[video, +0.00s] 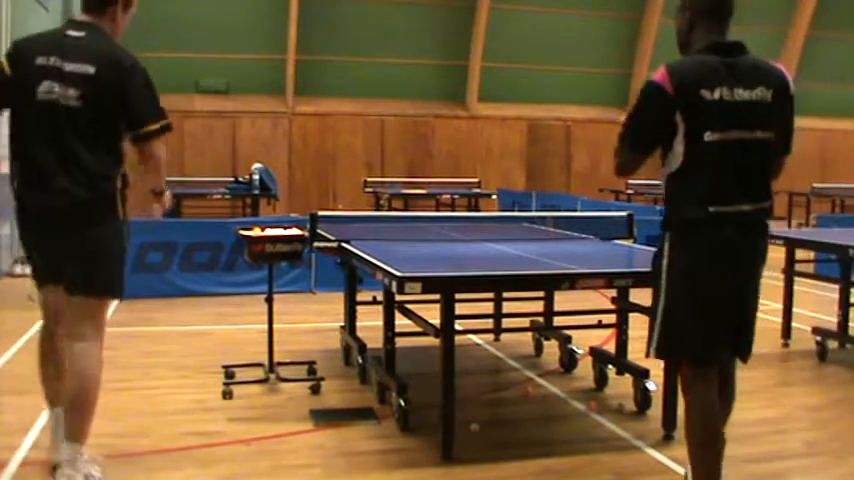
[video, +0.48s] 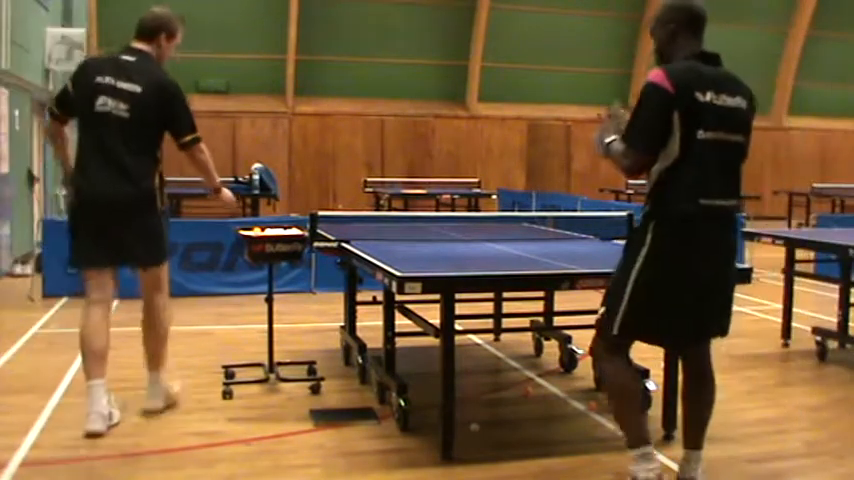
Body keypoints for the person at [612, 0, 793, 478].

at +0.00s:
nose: (675, 26)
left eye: (677, 17)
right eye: (677, 17)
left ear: (688, 19)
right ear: (727, 20)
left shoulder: (673, 80)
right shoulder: (776, 80)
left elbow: (625, 163)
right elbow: (774, 162)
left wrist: (655, 119)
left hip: (696, 233)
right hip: (750, 233)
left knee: (696, 363)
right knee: (724, 356)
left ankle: (705, 472)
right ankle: (708, 465)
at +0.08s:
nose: (671, 27)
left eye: (675, 17)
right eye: (674, 17)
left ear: (687, 20)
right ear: (724, 22)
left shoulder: (671, 80)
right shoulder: (770, 83)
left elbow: (624, 165)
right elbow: (767, 166)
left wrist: (631, 124)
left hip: (690, 233)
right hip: (743, 233)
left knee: (689, 365)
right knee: (716, 360)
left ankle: (702, 473)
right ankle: (702, 467)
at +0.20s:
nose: (668, 35)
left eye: (671, 26)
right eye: (670, 26)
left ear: (683, 26)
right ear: (717, 27)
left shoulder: (670, 81)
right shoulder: (759, 88)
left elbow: (626, 162)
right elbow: (759, 165)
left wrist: (616, 132)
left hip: (684, 233)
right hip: (734, 234)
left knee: (672, 361)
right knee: (707, 359)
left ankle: (697, 472)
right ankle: (694, 468)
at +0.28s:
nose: (663, 37)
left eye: (666, 29)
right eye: (666, 29)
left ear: (679, 29)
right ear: (712, 30)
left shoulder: (670, 81)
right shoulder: (753, 90)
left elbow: (631, 161)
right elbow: (752, 161)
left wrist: (616, 134)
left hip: (680, 233)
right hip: (730, 235)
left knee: (652, 360)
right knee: (703, 354)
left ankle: (689, 469)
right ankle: (692, 463)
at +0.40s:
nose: (659, 42)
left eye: (661, 34)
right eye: (660, 34)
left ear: (674, 32)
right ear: (707, 34)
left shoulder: (668, 84)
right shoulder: (746, 93)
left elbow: (636, 166)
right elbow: (730, 163)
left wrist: (614, 141)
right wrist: (655, 137)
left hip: (674, 233)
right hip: (727, 236)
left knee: (617, 351)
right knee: (698, 351)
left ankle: (670, 462)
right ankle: (692, 465)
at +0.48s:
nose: (654, 47)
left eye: (655, 38)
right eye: (653, 39)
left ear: (669, 34)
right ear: (699, 33)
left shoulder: (666, 81)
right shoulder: (740, 90)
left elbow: (634, 162)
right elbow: (723, 160)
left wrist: (609, 140)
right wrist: (641, 132)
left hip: (669, 230)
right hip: (720, 233)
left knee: (610, 345)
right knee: (696, 348)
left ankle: (645, 461)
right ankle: (691, 465)